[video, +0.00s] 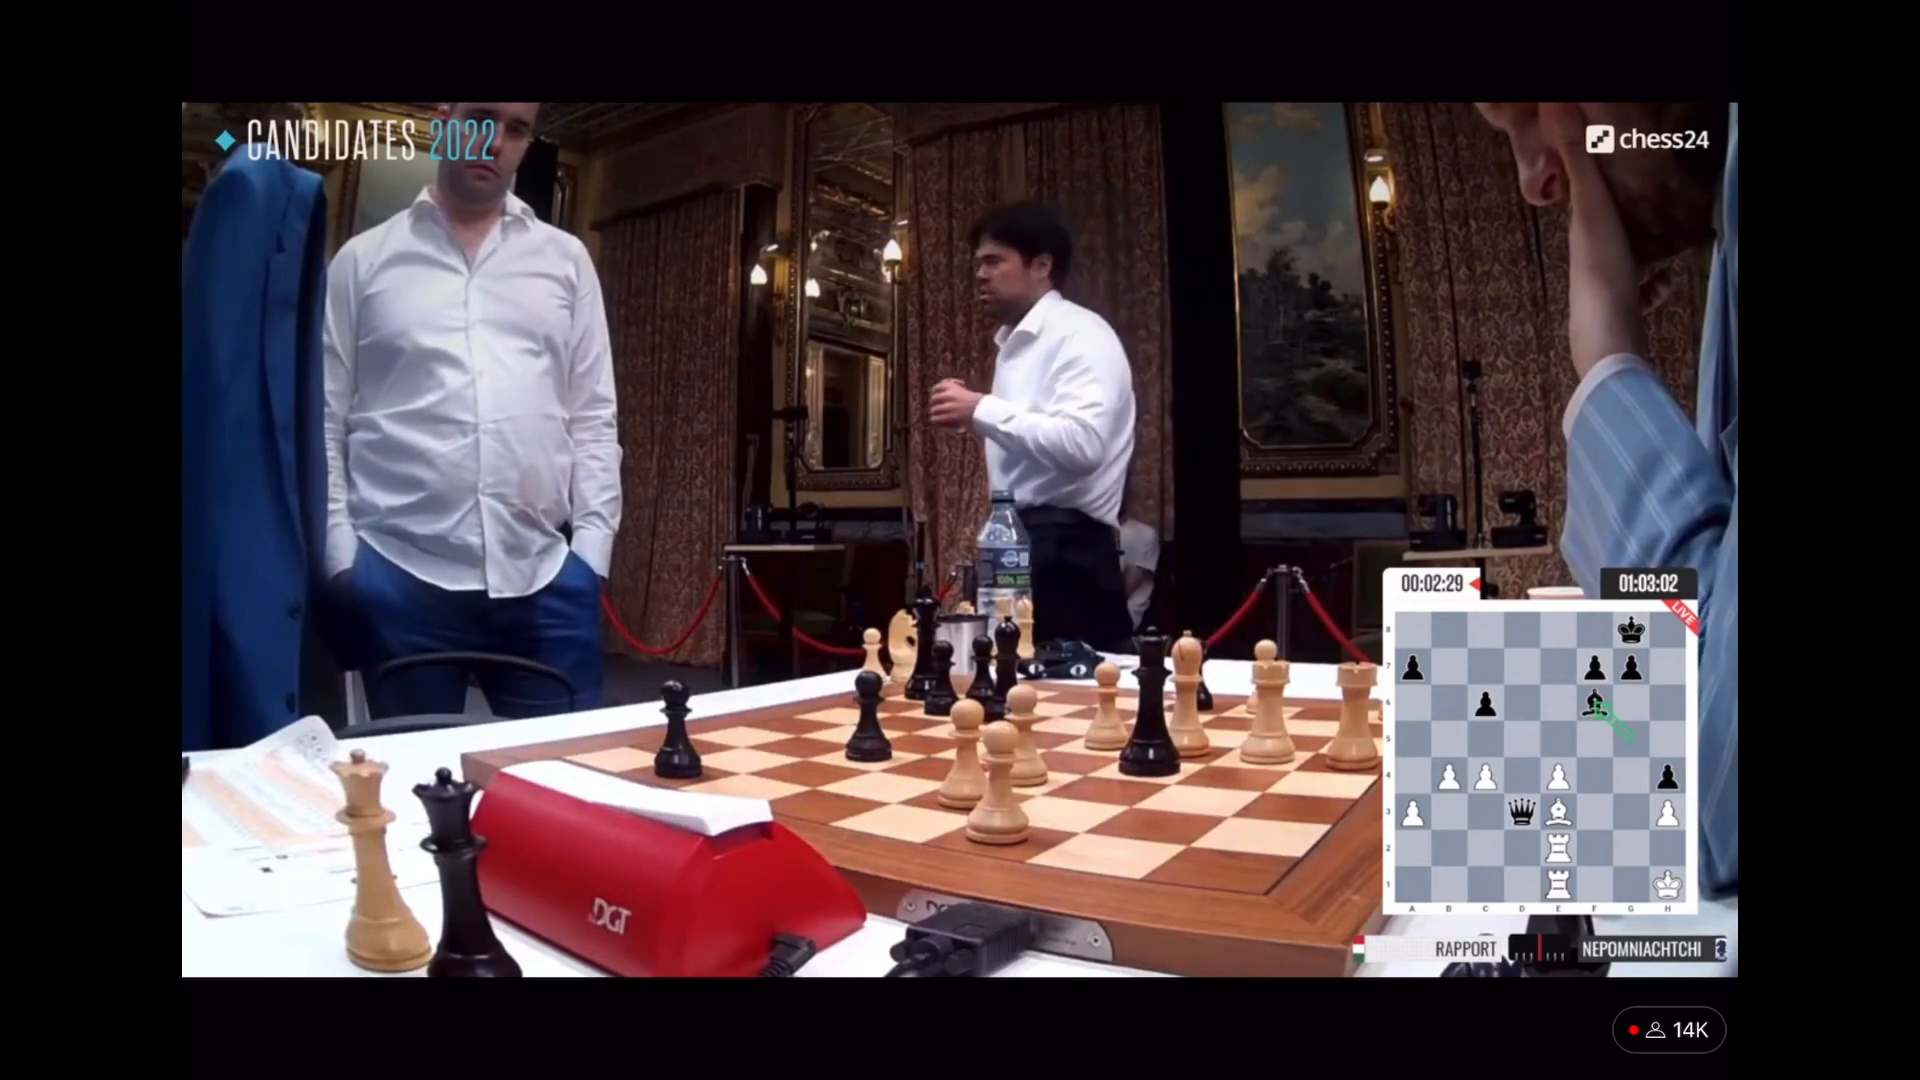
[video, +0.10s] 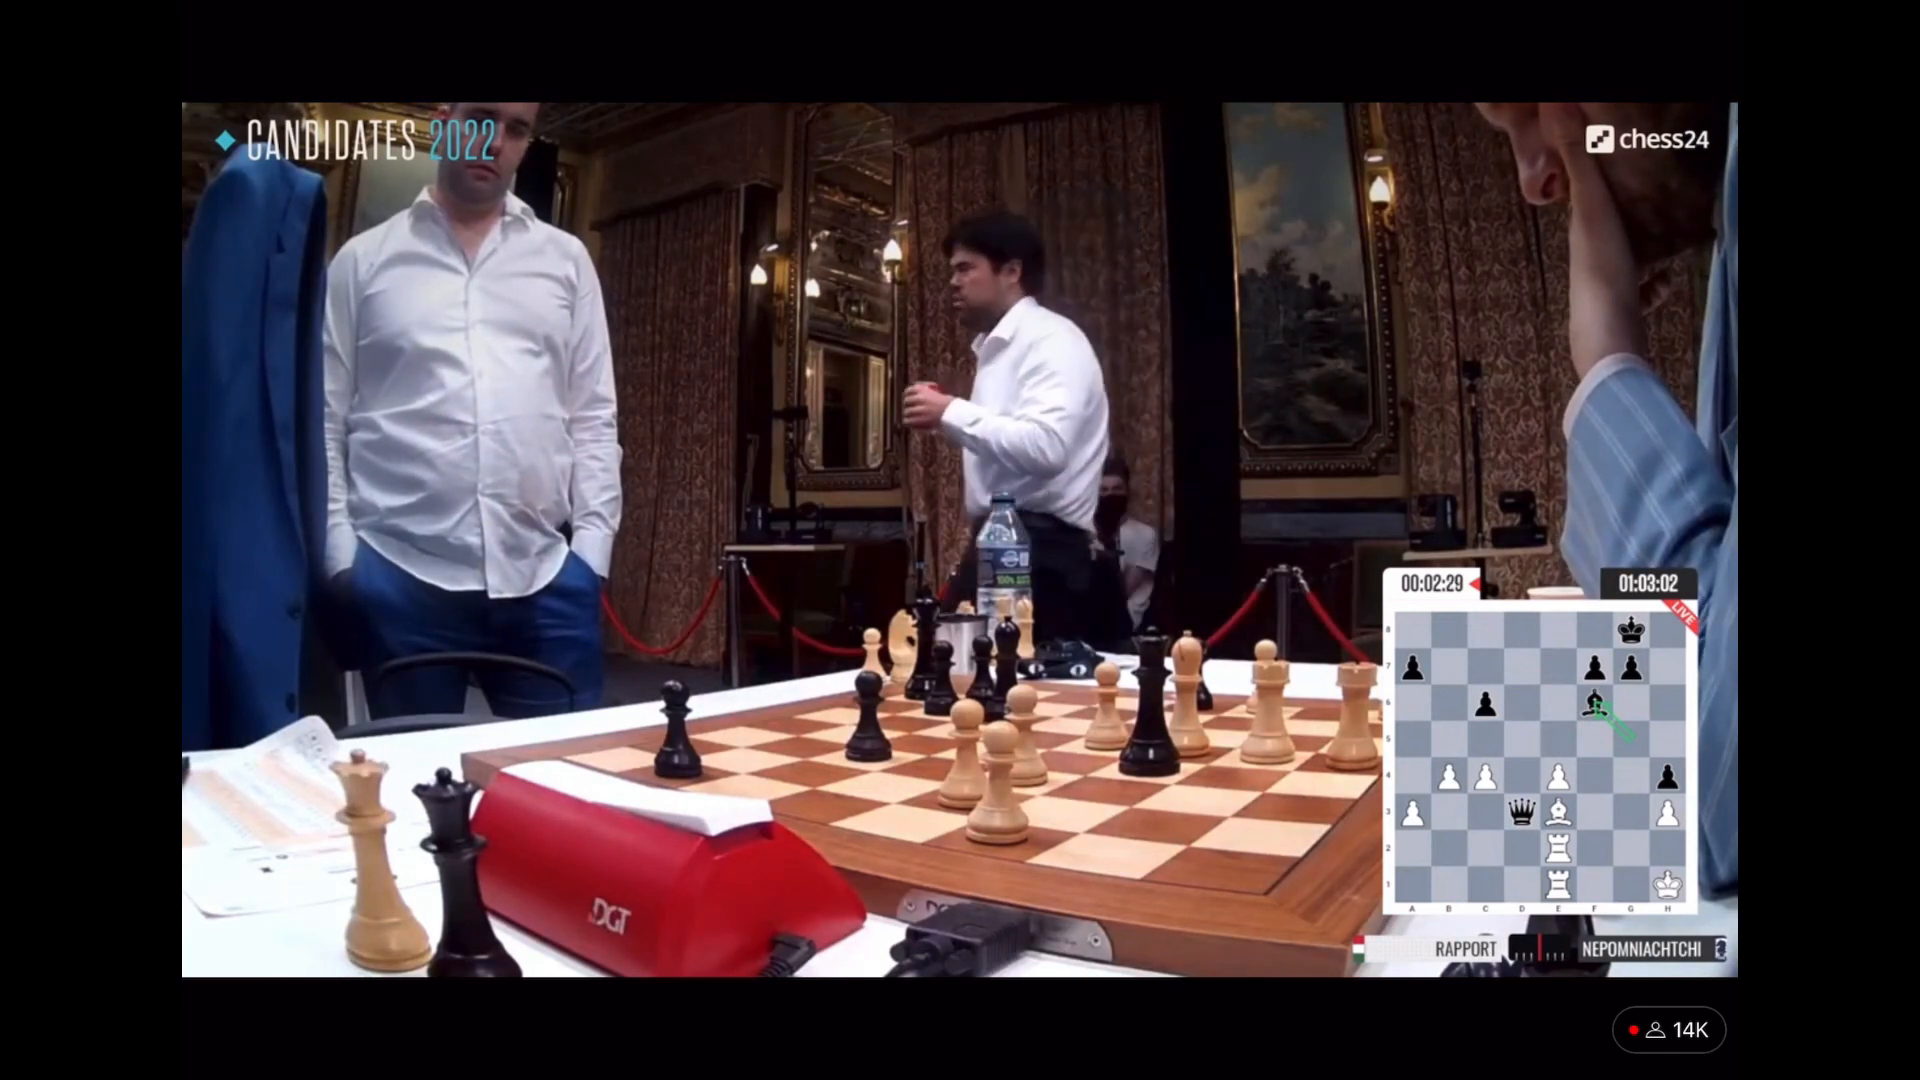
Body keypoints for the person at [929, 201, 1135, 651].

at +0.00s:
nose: (979, 275)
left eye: (993, 261)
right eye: (979, 264)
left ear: (1041, 266)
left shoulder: (1083, 336)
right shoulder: (1017, 345)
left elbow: (1082, 444)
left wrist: (981, 409)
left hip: (1069, 546)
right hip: (1022, 540)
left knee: (1085, 699)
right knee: (1030, 697)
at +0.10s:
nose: (953, 283)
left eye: (965, 269)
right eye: (954, 271)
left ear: (1011, 273)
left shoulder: (1055, 342)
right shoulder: (999, 349)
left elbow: (1044, 446)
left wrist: (951, 412)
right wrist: (948, 415)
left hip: (1045, 546)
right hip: (1002, 539)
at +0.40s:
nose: (863, 288)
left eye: (871, 275)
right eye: (866, 276)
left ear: (908, 278)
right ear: (906, 279)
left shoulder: (934, 335)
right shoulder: (935, 332)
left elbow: (927, 436)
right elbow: (922, 433)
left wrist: (849, 414)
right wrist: (851, 415)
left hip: (930, 526)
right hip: (942, 525)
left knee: (873, 647)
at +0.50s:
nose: (818, 301)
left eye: (824, 288)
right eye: (819, 289)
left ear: (856, 287)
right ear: (859, 288)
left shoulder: (876, 337)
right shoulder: (907, 339)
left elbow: (864, 435)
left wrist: (795, 417)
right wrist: (803, 422)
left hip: (887, 538)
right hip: (935, 543)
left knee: (817, 661)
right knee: (908, 676)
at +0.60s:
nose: (788, 312)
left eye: (795, 299)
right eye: (789, 300)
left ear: (828, 297)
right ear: (831, 297)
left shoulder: (847, 346)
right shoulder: (885, 351)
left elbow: (831, 443)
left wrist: (767, 424)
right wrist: (787, 427)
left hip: (861, 547)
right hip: (914, 550)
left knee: (804, 678)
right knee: (893, 685)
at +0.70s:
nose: (734, 337)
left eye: (736, 324)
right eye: (732, 326)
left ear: (764, 316)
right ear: (774, 316)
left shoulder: (782, 365)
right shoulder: (825, 363)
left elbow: (760, 463)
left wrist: (709, 439)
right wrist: (728, 435)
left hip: (803, 551)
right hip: (856, 554)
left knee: (760, 680)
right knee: (832, 683)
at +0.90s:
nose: (667, 339)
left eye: (667, 327)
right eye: (665, 329)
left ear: (682, 319)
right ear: (720, 315)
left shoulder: (694, 363)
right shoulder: (770, 366)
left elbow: (671, 458)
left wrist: (638, 437)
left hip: (717, 541)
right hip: (779, 546)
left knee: (691, 672)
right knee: (764, 673)